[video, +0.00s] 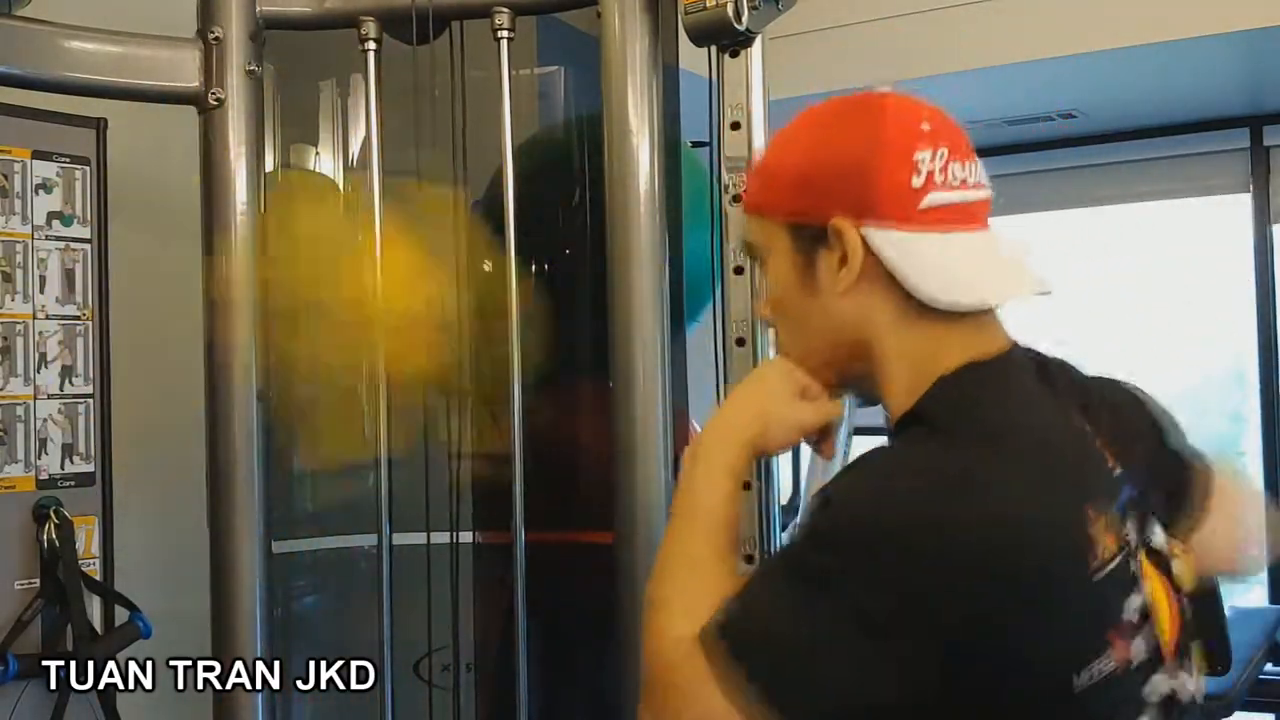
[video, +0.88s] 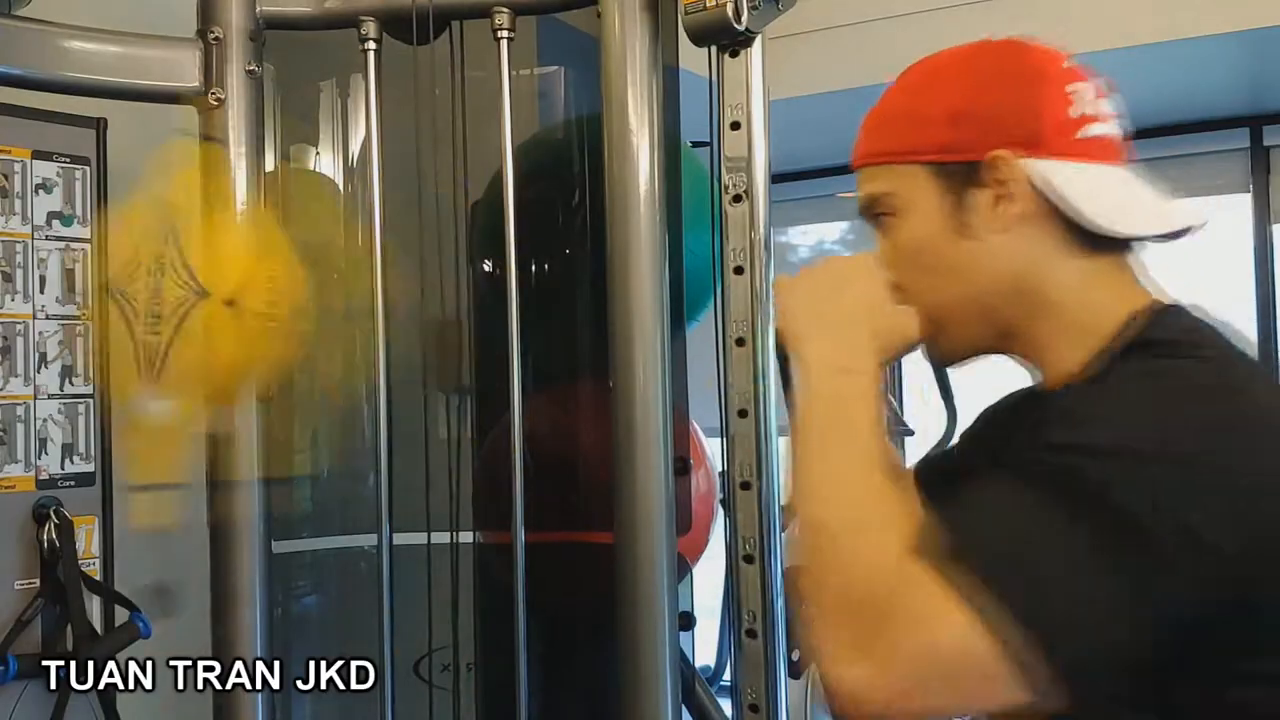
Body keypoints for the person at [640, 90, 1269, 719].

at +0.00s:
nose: (761, 306)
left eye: (763, 264)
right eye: (753, 268)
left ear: (844, 255)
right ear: (950, 241)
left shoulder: (902, 506)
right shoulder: (1113, 413)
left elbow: (679, 701)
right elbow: (1244, 536)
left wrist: (721, 445)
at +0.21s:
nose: (769, 251)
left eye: (793, 194)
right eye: (767, 204)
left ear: (928, 186)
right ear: (921, 190)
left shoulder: (1168, 403)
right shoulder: (831, 384)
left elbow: (1100, 678)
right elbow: (699, 420)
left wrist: (886, 421)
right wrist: (560, 334)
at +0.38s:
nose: (834, 251)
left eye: (865, 201)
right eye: (829, 210)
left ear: (1010, 184)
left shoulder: (1235, 391)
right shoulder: (847, 405)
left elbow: (1223, 680)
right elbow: (635, 513)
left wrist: (1007, 395)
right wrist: (414, 358)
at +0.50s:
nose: (890, 270)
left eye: (915, 210)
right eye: (884, 224)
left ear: (1068, 191)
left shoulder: (1256, 399)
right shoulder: (924, 437)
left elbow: (1229, 693)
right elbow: (747, 610)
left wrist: (1043, 413)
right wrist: (633, 488)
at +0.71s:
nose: (919, 277)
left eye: (932, 216)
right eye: (912, 230)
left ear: (1073, 188)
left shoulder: (1262, 392)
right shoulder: (1029, 423)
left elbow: (1166, 698)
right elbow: (875, 590)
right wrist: (770, 470)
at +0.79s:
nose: (904, 273)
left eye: (909, 216)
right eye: (897, 226)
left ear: (1038, 188)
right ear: (1039, 190)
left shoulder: (1250, 405)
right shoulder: (1023, 426)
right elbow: (883, 599)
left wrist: (872, 368)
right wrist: (813, 414)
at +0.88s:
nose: (880, 268)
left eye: (884, 218)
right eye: (875, 225)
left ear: (1000, 193)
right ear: (1003, 195)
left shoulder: (1197, 424)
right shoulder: (1030, 426)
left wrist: (837, 359)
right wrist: (840, 366)